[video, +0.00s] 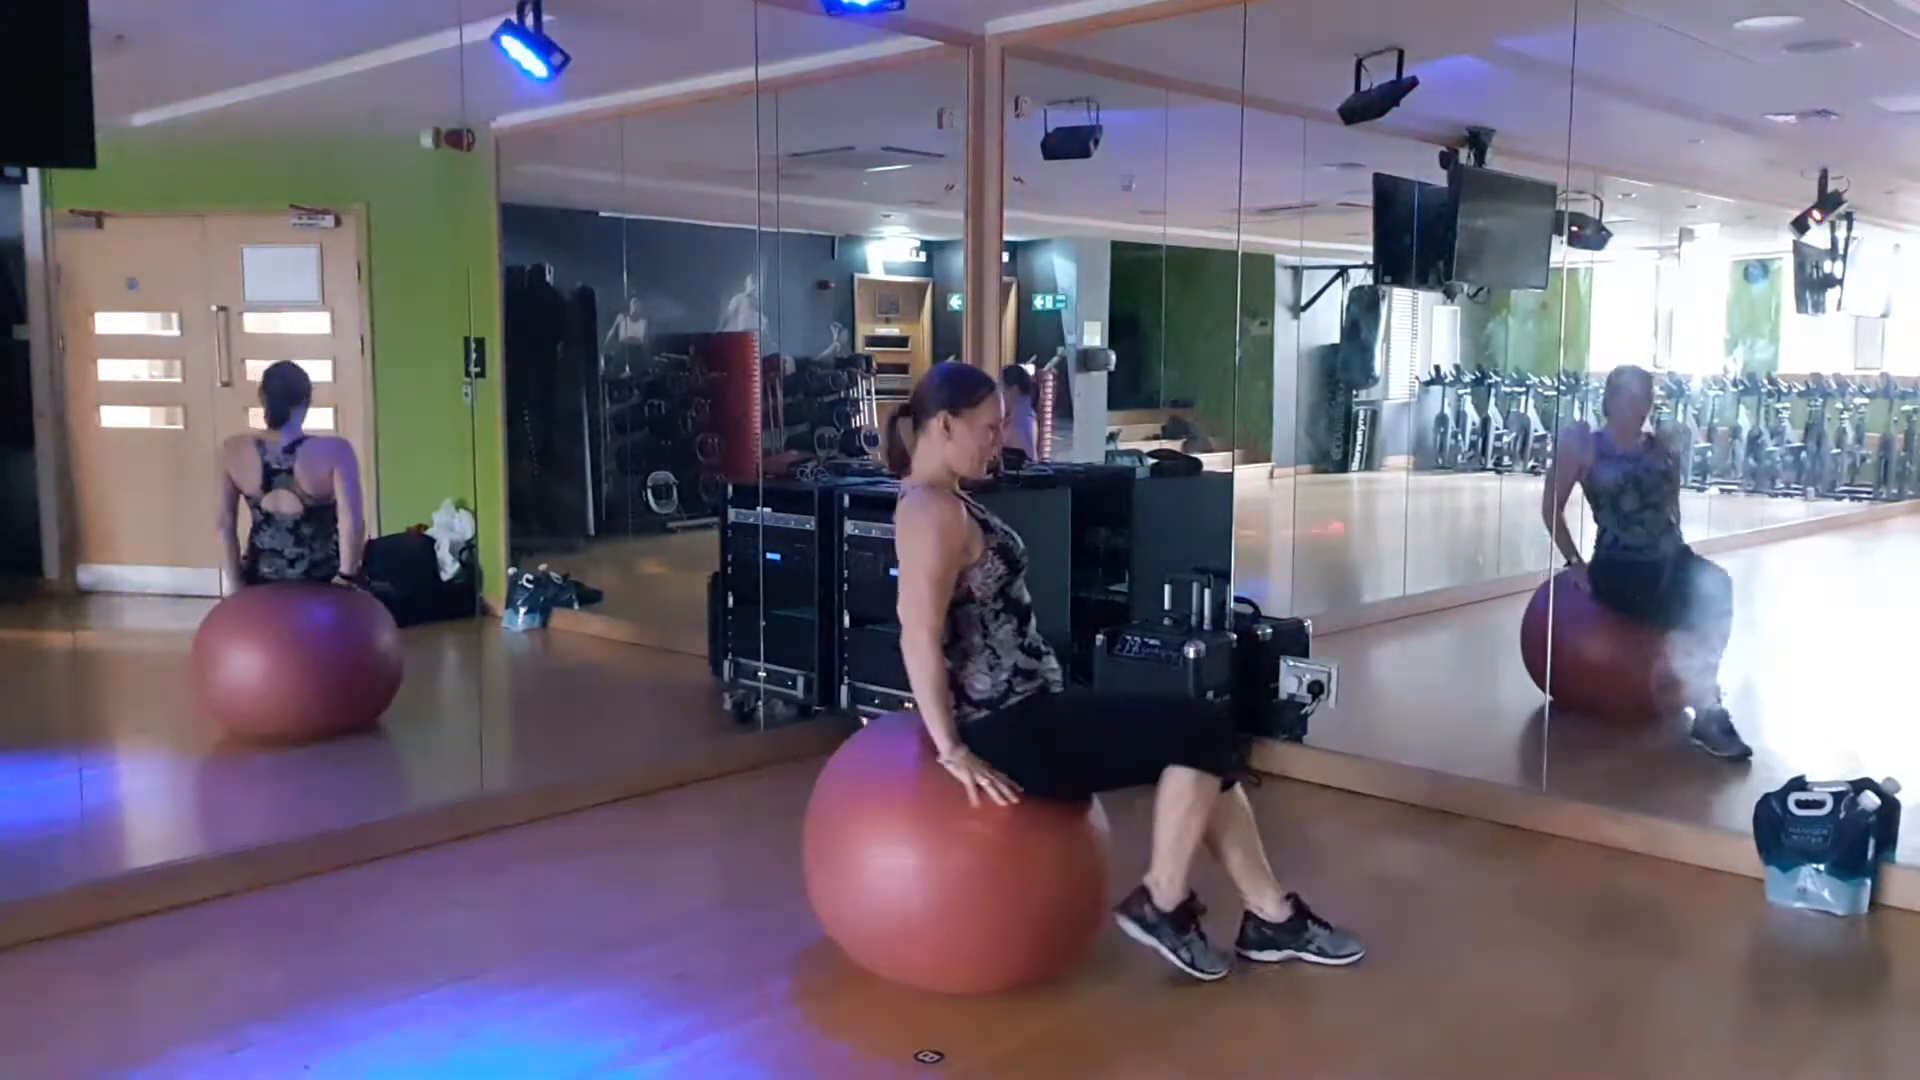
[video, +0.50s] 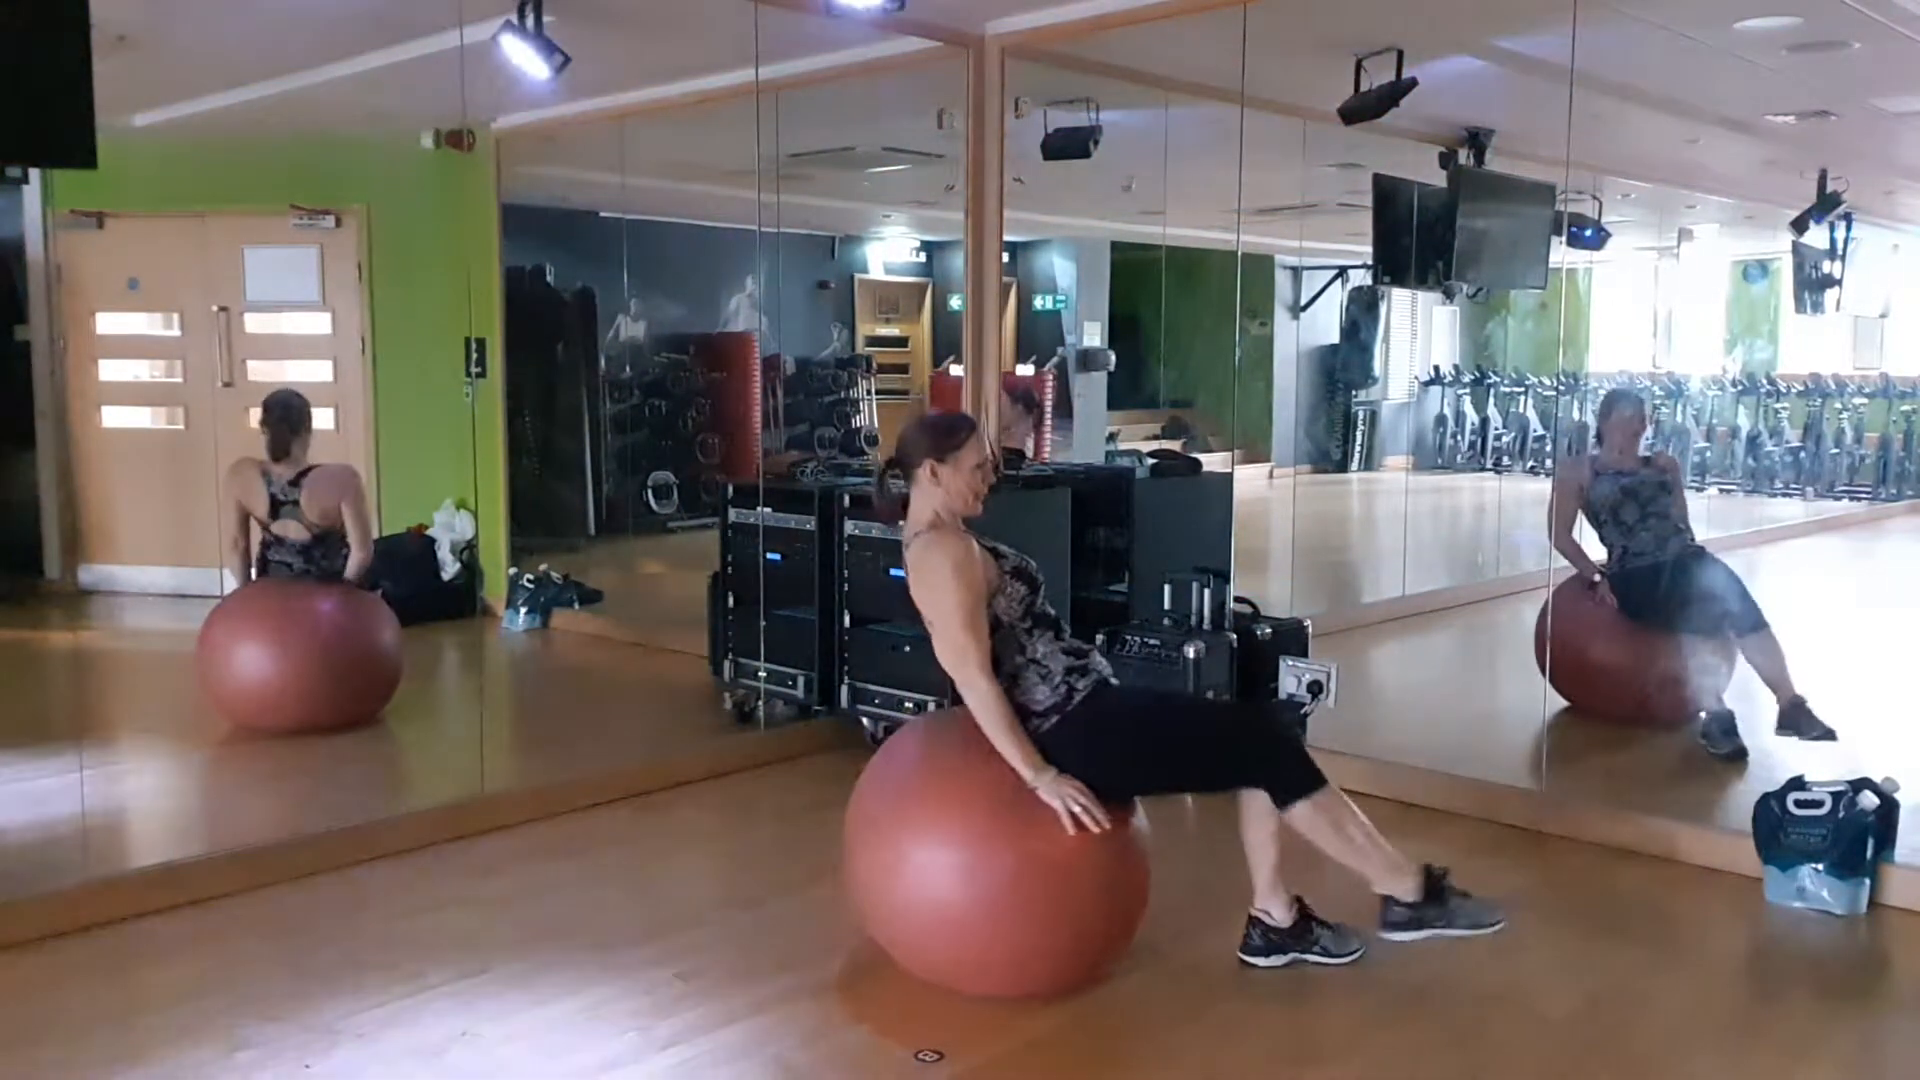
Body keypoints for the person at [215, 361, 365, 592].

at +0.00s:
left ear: (262, 398)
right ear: (307, 400)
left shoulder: (234, 450)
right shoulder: (335, 452)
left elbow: (225, 525)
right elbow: (352, 525)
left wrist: (235, 586)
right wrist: (346, 576)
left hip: (262, 582)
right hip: (321, 581)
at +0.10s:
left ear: (261, 406)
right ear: (306, 405)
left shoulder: (236, 456)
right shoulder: (336, 457)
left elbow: (229, 534)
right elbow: (355, 534)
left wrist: (242, 593)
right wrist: (344, 584)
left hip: (263, 588)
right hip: (321, 588)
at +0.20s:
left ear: (260, 413)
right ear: (306, 410)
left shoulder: (236, 463)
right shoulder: (337, 462)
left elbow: (231, 536)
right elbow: (358, 539)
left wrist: (242, 593)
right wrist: (343, 586)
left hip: (264, 590)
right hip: (323, 590)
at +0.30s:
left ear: (260, 419)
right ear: (306, 415)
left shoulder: (240, 468)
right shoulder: (339, 468)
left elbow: (234, 540)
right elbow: (360, 544)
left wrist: (240, 597)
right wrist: (337, 591)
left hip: (267, 596)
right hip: (324, 595)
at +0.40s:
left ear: (262, 422)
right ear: (307, 422)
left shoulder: (241, 470)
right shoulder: (340, 472)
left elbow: (235, 541)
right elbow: (361, 547)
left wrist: (242, 596)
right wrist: (338, 591)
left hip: (268, 597)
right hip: (325, 596)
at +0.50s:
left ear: (263, 428)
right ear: (308, 428)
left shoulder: (242, 475)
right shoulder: (341, 478)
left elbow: (237, 545)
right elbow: (362, 552)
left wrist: (247, 595)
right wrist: (340, 595)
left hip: (269, 601)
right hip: (326, 600)